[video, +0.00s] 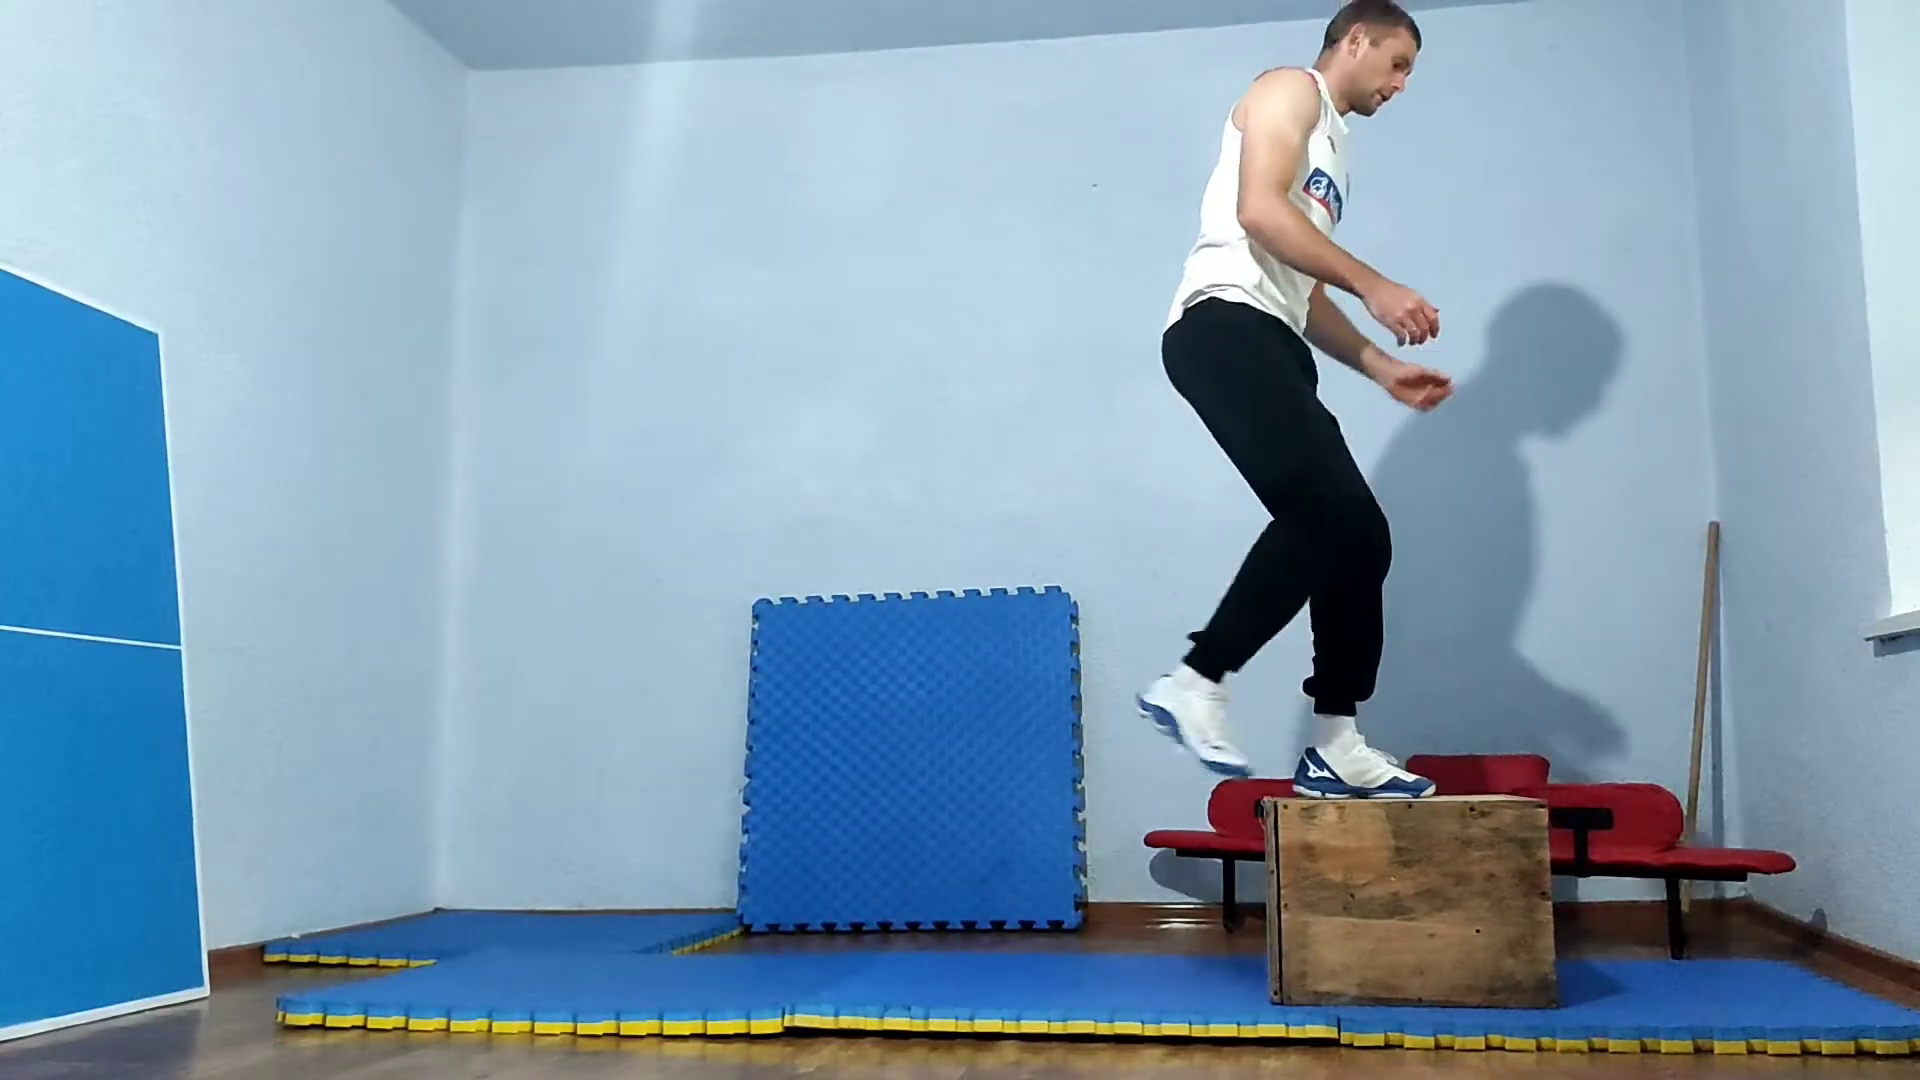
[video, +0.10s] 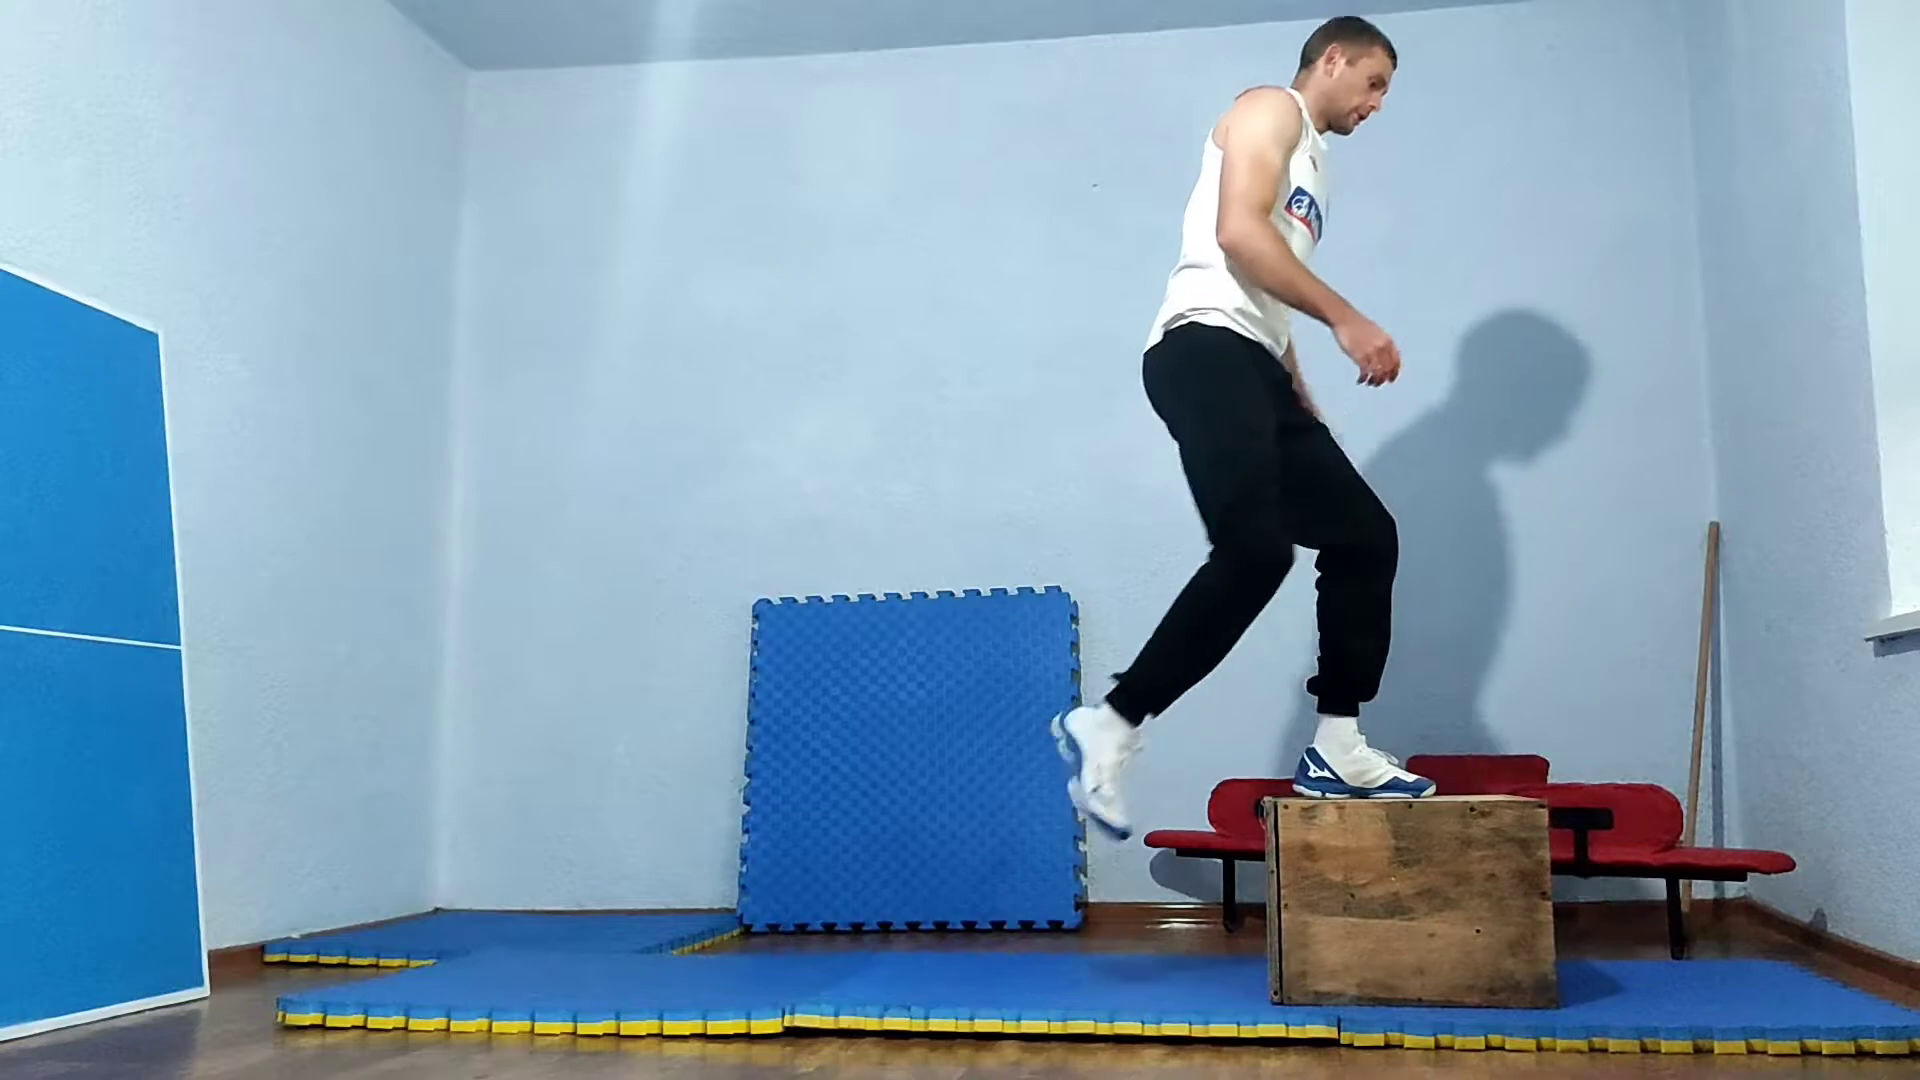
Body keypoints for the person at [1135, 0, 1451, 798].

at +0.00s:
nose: (1400, 85)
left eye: (1408, 73)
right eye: (1397, 64)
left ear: (1358, 49)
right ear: (1353, 41)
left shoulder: (1333, 152)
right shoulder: (1289, 90)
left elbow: (1306, 300)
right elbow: (1261, 209)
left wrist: (1382, 366)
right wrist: (1373, 285)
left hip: (1269, 343)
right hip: (1225, 322)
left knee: (1362, 536)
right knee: (1322, 512)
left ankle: (1334, 743)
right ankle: (1192, 685)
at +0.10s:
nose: (1376, 104)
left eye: (1383, 92)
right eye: (1373, 84)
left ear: (1347, 75)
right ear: (1329, 60)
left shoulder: (1310, 160)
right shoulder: (1270, 110)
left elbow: (1266, 301)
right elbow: (1241, 233)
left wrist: (1293, 384)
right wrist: (1343, 317)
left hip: (1260, 370)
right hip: (1207, 346)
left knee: (1363, 537)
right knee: (1255, 551)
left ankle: (1337, 743)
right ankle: (1109, 726)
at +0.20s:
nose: (1345, 133)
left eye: (1352, 121)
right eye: (1343, 113)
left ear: (1313, 102)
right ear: (1299, 91)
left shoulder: (1276, 180)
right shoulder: (1242, 139)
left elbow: (1221, 294)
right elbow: (1213, 259)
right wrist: (1314, 353)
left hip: (1228, 403)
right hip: (1180, 386)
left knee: (1363, 537)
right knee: (1171, 596)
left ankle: (1338, 746)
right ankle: (1048, 797)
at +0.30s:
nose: (1300, 170)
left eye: (1306, 158)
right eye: (1295, 150)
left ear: (1259, 140)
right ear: (1250, 131)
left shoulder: (1228, 215)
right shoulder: (1201, 179)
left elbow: (1175, 342)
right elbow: (1177, 303)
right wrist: (1287, 391)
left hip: (1195, 451)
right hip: (1137, 441)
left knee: (1350, 537)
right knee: (1097, 651)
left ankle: (1336, 742)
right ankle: (1014, 867)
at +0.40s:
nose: (1229, 213)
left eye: (1236, 201)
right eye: (1226, 193)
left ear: (1188, 179)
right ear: (1181, 170)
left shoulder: (1153, 261)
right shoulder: (1126, 234)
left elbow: (1102, 399)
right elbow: (1129, 367)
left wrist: (1050, 510)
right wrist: (1245, 444)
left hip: (1143, 496)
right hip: (1091, 500)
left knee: (1317, 538)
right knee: (1061, 709)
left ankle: (1335, 745)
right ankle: (966, 916)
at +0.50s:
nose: (1167, 224)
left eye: (1174, 210)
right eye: (1164, 204)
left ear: (1129, 193)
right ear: (1116, 184)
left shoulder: (1091, 273)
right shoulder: (1058, 255)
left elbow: (1045, 416)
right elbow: (1075, 402)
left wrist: (989, 520)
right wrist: (1186, 491)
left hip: (1092, 507)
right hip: (1036, 513)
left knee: (1254, 541)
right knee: (1037, 715)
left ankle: (1327, 739)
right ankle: (949, 935)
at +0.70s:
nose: (1087, 206)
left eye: (1093, 194)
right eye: (1080, 188)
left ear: (1044, 178)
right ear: (1031, 173)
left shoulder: (1014, 255)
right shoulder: (986, 246)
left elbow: (965, 395)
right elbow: (954, 389)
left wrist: (987, 508)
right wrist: (998, 518)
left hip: (969, 484)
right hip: (925, 492)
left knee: (1131, 549)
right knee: (945, 705)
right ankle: (940, 933)